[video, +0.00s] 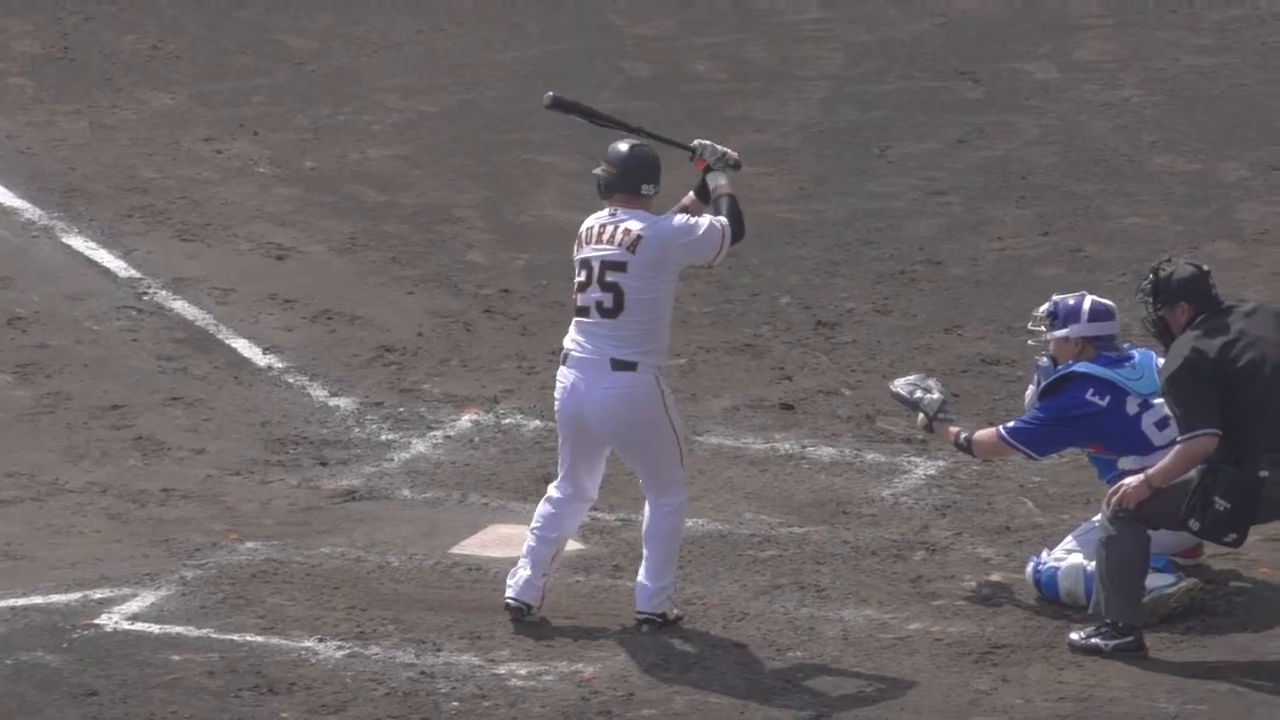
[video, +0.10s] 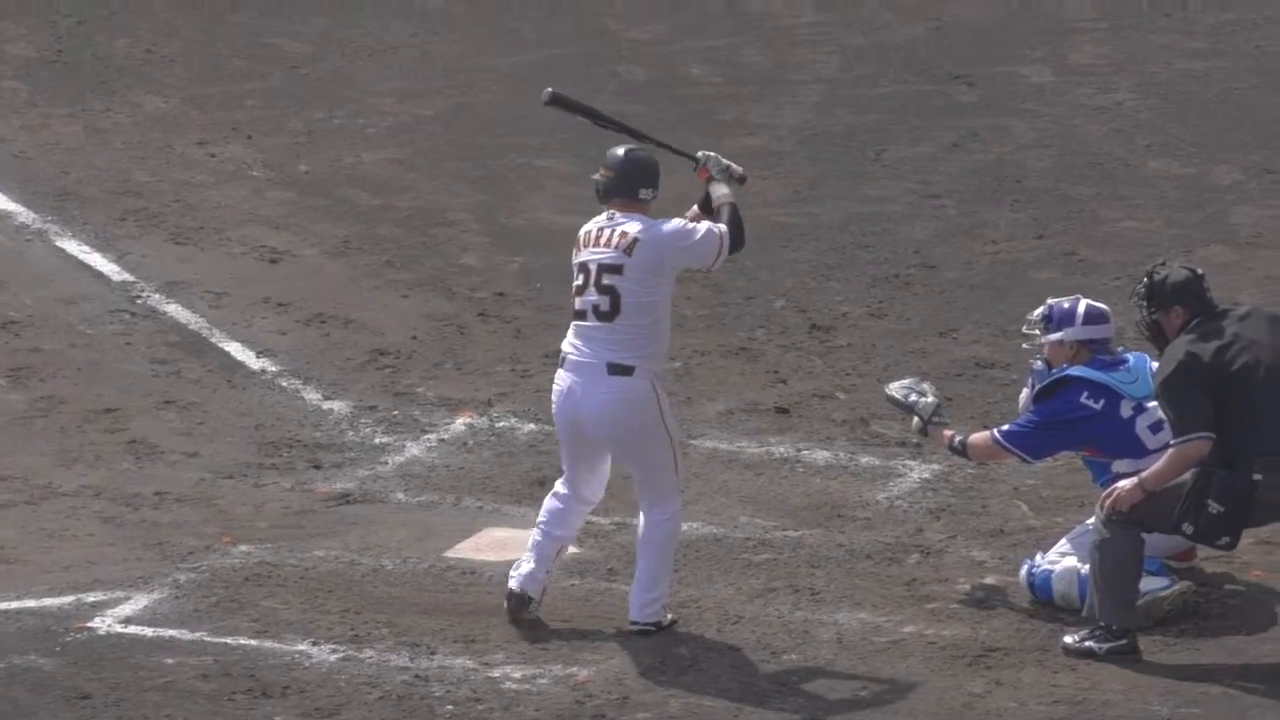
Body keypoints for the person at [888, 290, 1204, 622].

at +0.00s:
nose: (1048, 345)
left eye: (1055, 338)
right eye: (1050, 337)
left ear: (1079, 344)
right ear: (1099, 339)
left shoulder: (1080, 395)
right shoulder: (1146, 359)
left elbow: (994, 444)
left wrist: (944, 428)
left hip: (1161, 515)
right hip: (1202, 493)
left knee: (1046, 570)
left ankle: (1158, 583)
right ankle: (1181, 547)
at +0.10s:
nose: (1042, 346)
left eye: (1048, 339)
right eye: (1043, 339)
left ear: (1073, 347)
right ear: (1097, 340)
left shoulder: (1075, 398)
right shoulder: (1142, 362)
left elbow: (995, 446)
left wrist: (943, 435)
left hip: (1153, 519)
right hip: (1199, 499)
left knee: (1040, 570)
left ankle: (1150, 587)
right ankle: (1177, 549)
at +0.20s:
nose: (1022, 352)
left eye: (1030, 344)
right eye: (1024, 343)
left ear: (1055, 350)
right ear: (1075, 345)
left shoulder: (1055, 400)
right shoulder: (1119, 366)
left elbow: (978, 447)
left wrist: (928, 438)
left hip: (1132, 518)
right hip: (1177, 498)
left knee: (1020, 572)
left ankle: (1129, 584)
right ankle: (1155, 547)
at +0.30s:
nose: (1002, 351)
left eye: (1010, 344)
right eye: (1005, 343)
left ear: (1035, 351)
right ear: (1051, 348)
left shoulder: (1034, 400)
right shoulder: (1094, 365)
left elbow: (957, 449)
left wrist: (908, 436)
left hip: (1111, 517)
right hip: (1151, 497)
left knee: (1000, 569)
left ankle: (1109, 583)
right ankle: (1131, 547)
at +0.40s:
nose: (985, 350)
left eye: (993, 342)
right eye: (987, 342)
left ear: (1018, 351)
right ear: (1037, 345)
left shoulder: (1020, 399)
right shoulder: (1080, 365)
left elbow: (952, 462)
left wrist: (913, 447)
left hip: (1093, 517)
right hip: (1137, 498)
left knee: (983, 564)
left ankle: (1092, 579)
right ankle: (1114, 546)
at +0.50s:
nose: (973, 349)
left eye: (980, 341)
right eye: (974, 341)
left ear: (1004, 350)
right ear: (1028, 345)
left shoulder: (1007, 396)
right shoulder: (1069, 366)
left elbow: (968, 468)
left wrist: (918, 459)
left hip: (1078, 515)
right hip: (1121, 495)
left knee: (976, 560)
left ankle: (1075, 573)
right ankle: (1102, 540)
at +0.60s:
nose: (964, 349)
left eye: (970, 342)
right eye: (966, 341)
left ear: (992, 349)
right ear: (1021, 343)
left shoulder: (995, 393)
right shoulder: (1056, 363)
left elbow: (975, 473)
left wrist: (932, 478)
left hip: (1069, 511)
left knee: (966, 555)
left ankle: (1066, 570)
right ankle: (1089, 538)